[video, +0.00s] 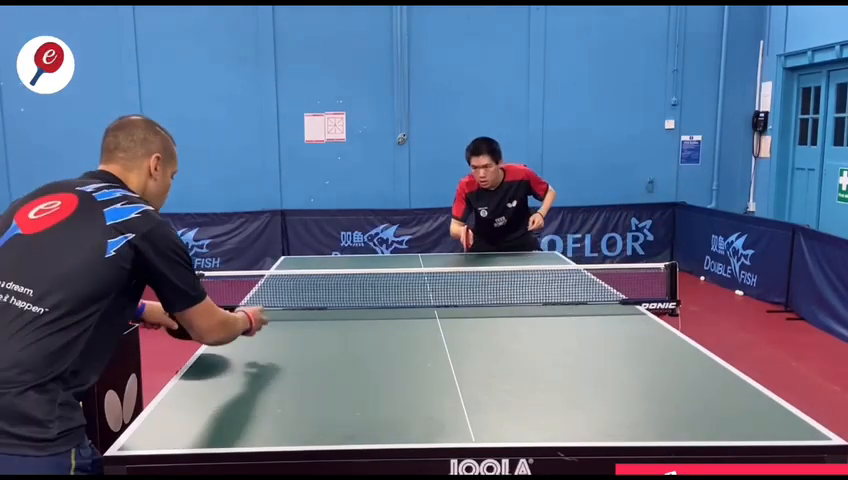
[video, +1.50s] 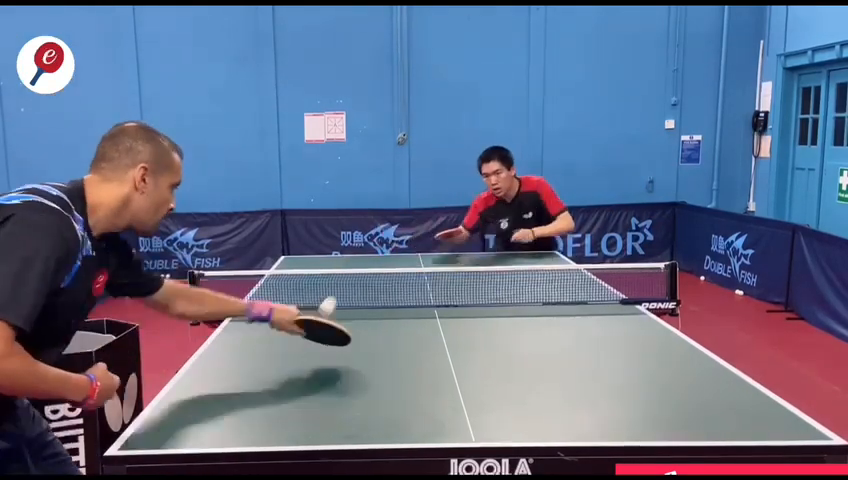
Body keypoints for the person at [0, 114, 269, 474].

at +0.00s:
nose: (168, 192)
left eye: (172, 179)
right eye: (171, 178)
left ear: (107, 157)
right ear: (153, 166)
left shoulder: (38, 198)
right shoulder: (144, 224)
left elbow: (64, 293)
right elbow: (210, 329)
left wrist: (153, 314)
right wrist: (242, 320)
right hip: (36, 436)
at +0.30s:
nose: (184, 212)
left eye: (188, 202)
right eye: (188, 199)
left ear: (125, 181)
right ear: (175, 190)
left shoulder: (65, 212)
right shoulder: (147, 239)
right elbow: (201, 359)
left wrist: (181, 306)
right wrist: (248, 345)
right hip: (32, 434)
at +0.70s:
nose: (152, 166)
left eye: (154, 154)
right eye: (154, 153)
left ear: (82, 145)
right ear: (136, 149)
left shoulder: (24, 193)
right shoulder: (100, 218)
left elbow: (70, 274)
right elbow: (152, 354)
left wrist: (164, 283)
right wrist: (206, 343)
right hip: (27, 445)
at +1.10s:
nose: (134, 163)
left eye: (137, 149)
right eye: (136, 148)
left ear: (60, 134)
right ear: (115, 139)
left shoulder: (12, 180)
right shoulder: (77, 205)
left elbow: (32, 299)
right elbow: (97, 357)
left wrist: (121, 320)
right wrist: (159, 367)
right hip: (12, 443)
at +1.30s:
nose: (165, 193)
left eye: (169, 180)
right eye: (166, 177)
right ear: (142, 166)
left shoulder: (38, 195)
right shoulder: (75, 217)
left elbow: (61, 317)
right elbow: (45, 360)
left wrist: (151, 325)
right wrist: (132, 381)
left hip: (16, 429)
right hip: (10, 438)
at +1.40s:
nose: (176, 204)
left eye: (179, 190)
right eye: (176, 187)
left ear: (146, 177)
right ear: (148, 176)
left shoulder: (82, 224)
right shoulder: (64, 226)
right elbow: (16, 360)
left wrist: (198, 319)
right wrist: (110, 386)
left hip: (18, 416)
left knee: (63, 470)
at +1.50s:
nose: (173, 205)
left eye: (176, 191)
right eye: (172, 189)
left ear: (139, 180)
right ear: (141, 179)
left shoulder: (102, 236)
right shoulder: (42, 229)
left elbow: (174, 298)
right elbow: (2, 354)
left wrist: (267, 311)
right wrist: (84, 387)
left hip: (16, 406)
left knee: (64, 472)